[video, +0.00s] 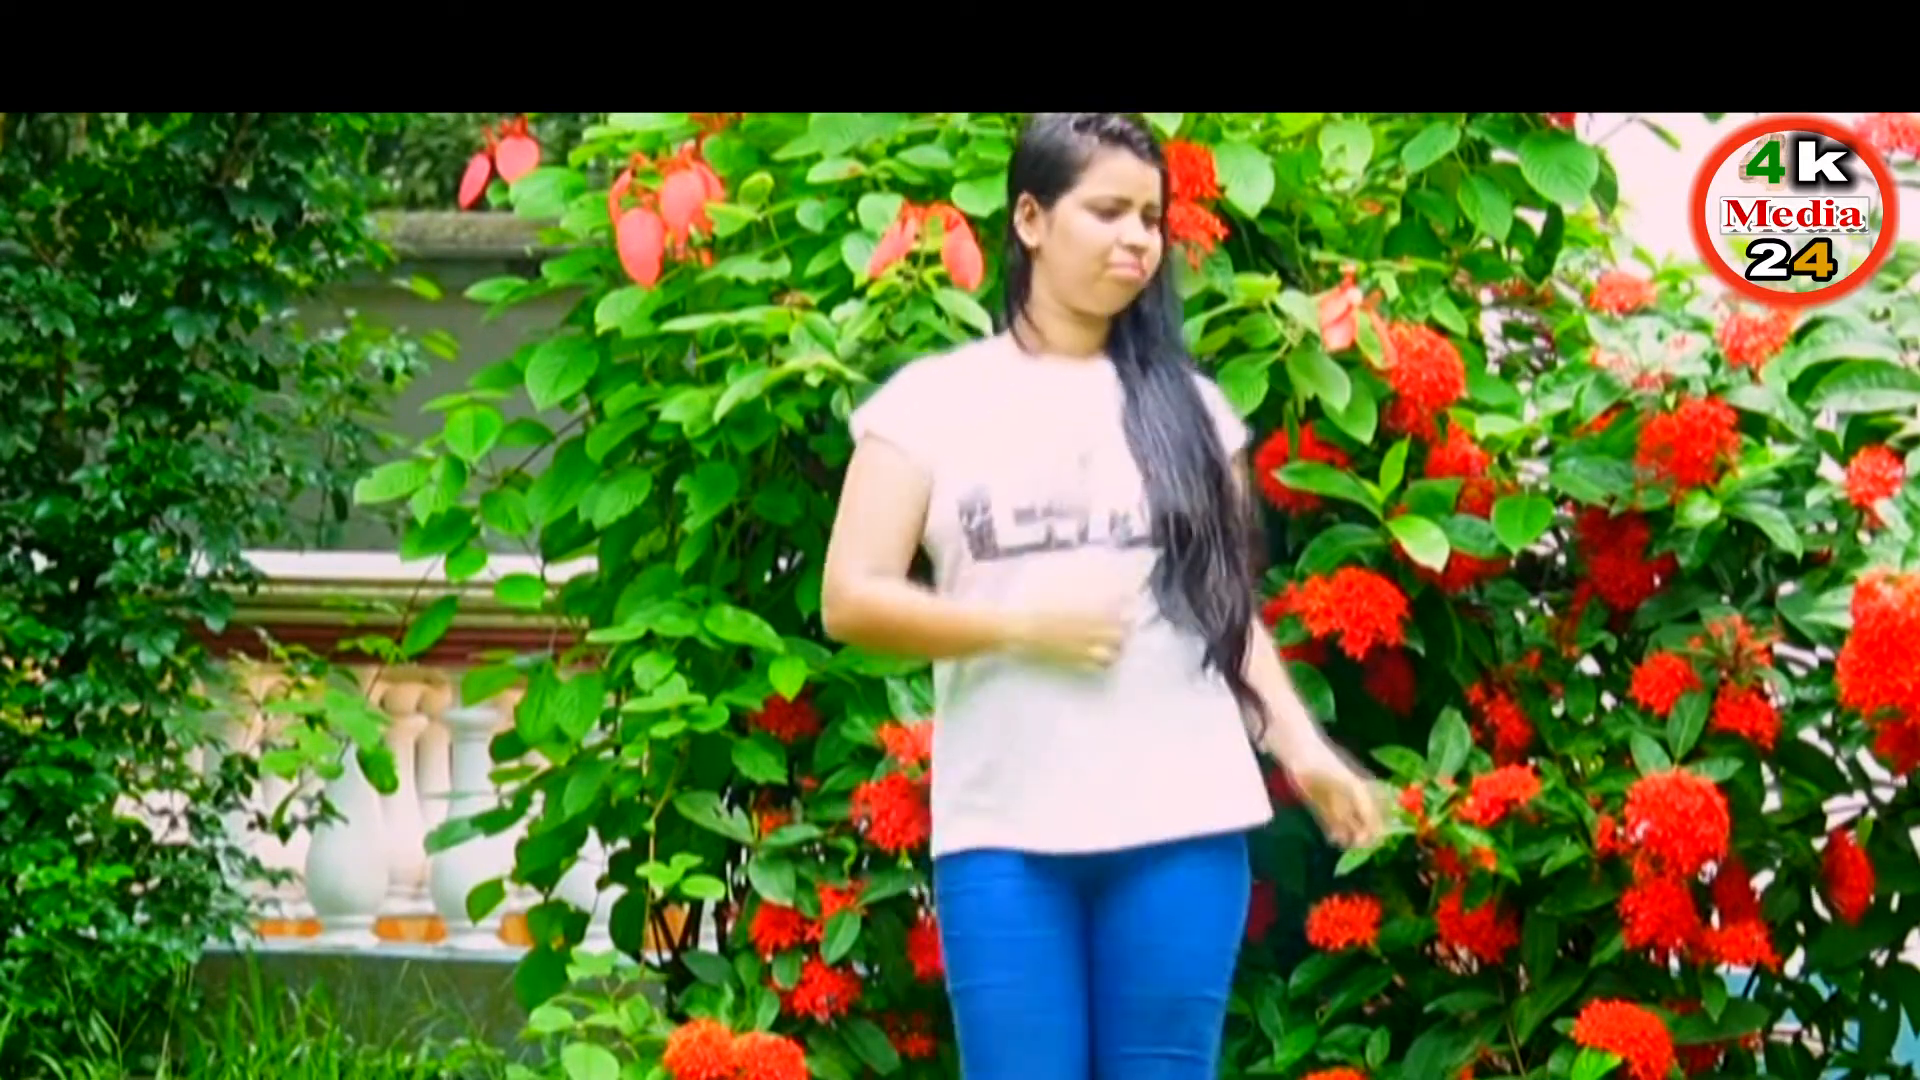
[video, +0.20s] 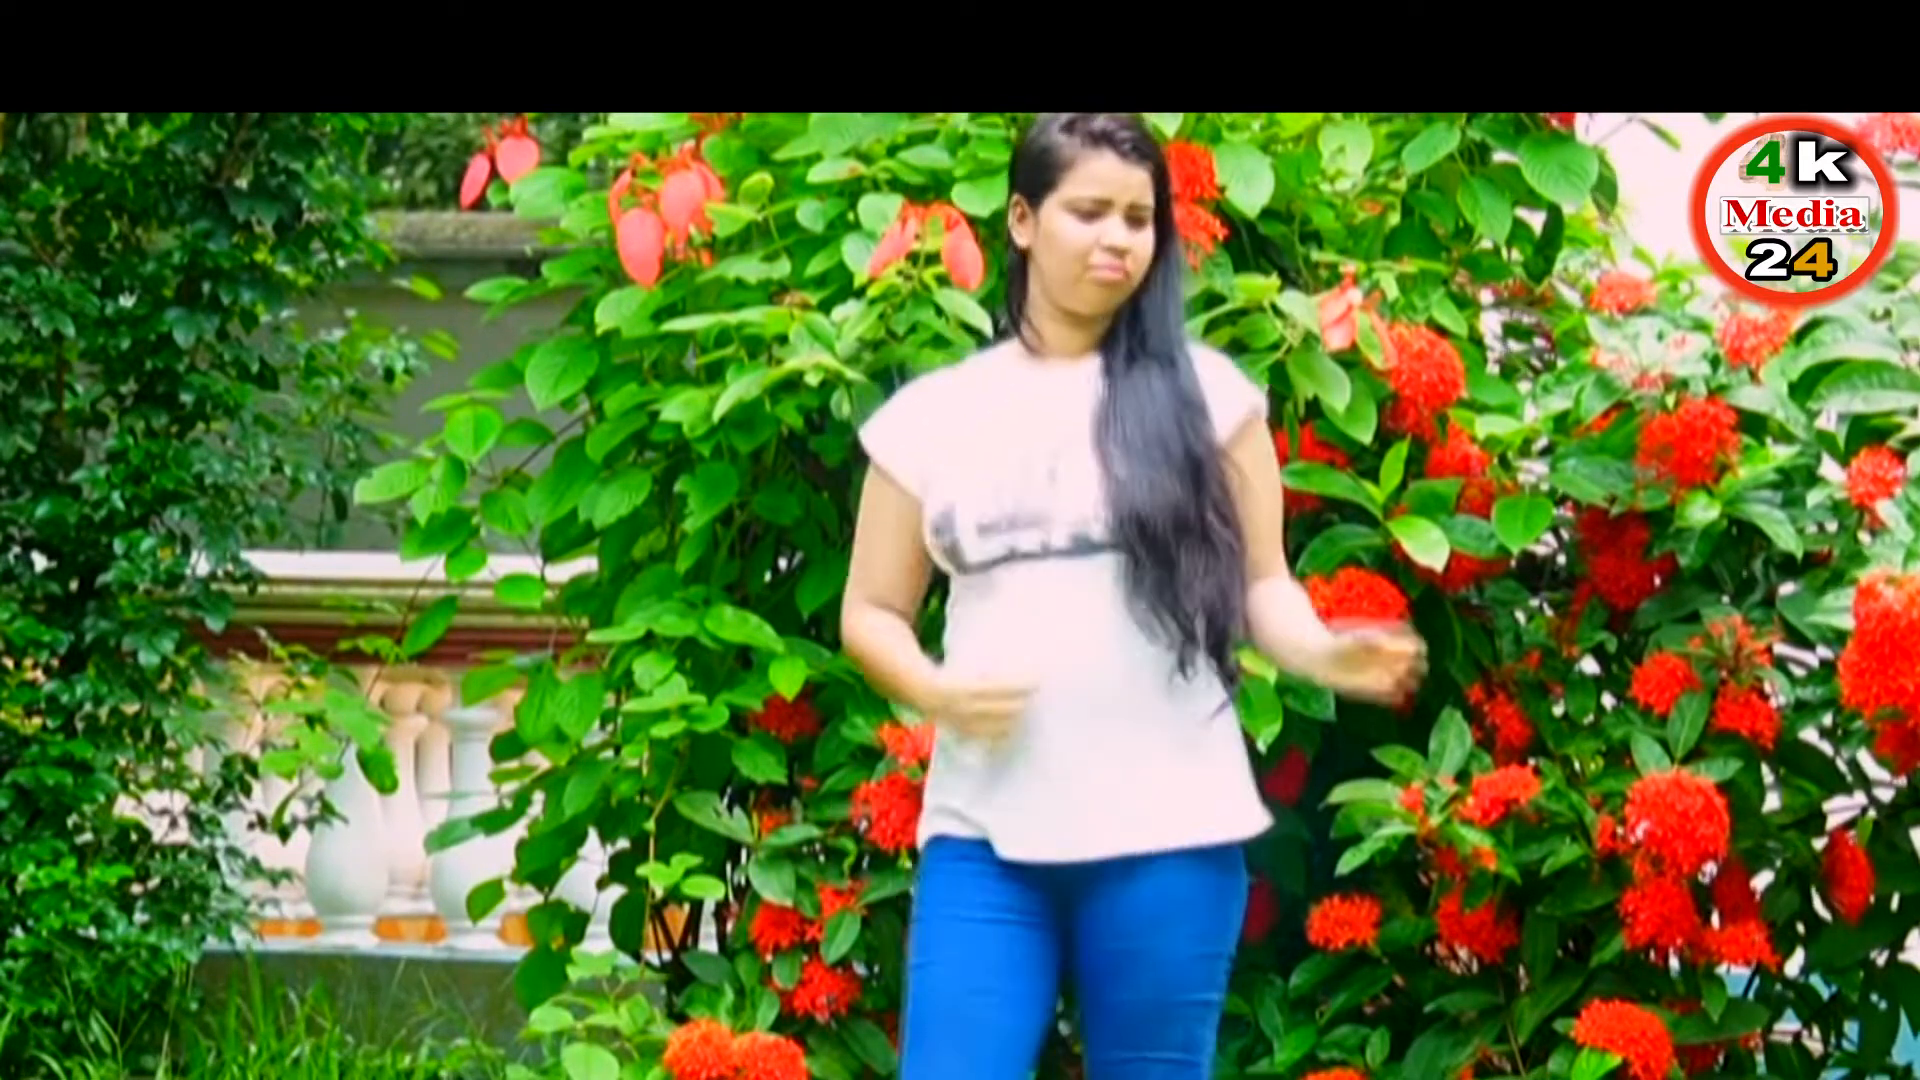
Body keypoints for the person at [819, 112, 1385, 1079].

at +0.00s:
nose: (1137, 237)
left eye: (1151, 217)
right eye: (1110, 210)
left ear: (1164, 238)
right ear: (1031, 221)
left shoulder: (1190, 404)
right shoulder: (929, 400)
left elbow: (1229, 607)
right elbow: (850, 599)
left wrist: (1303, 747)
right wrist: (1013, 622)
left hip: (1186, 823)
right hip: (1002, 833)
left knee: (1165, 1069)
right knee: (1025, 1070)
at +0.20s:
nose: (1117, 239)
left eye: (1138, 219)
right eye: (1089, 211)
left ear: (1160, 241)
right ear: (1023, 224)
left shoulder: (1208, 393)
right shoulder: (931, 416)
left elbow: (1263, 577)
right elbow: (870, 610)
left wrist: (1322, 654)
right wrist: (934, 691)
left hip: (1169, 837)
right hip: (983, 841)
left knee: (1153, 1070)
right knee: (951, 1068)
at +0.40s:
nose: (1069, 252)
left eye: (1097, 231)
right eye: (1045, 221)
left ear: (1122, 252)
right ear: (987, 226)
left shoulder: (1144, 399)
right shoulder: (885, 419)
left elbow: (1199, 587)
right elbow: (861, 611)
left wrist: (1226, 698)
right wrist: (865, 734)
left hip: (1137, 847)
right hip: (946, 854)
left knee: (1139, 1071)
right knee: (873, 1070)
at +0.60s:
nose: (1017, 267)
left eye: (1047, 247)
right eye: (994, 237)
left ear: (1077, 270)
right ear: (944, 241)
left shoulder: (1094, 443)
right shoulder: (825, 406)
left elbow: (1127, 651)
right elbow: (768, 591)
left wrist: (1217, 741)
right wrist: (724, 738)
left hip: (1034, 872)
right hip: (848, 869)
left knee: (1054, 1069)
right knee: (798, 1067)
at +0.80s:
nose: (1000, 254)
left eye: (1030, 232)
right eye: (977, 224)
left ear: (1064, 254)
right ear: (932, 233)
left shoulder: (1102, 418)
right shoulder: (844, 407)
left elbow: (1133, 628)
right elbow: (746, 579)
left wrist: (1202, 641)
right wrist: (599, 662)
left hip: (996, 844)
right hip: (805, 828)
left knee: (1022, 1071)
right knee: (795, 1071)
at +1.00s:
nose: (1015, 237)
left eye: (1044, 216)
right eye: (991, 208)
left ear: (1072, 240)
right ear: (937, 220)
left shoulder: (1104, 378)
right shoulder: (868, 413)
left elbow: (1159, 572)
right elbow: (785, 600)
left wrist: (1159, 643)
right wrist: (635, 617)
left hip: (1046, 844)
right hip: (855, 846)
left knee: (1078, 1069)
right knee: (820, 1069)